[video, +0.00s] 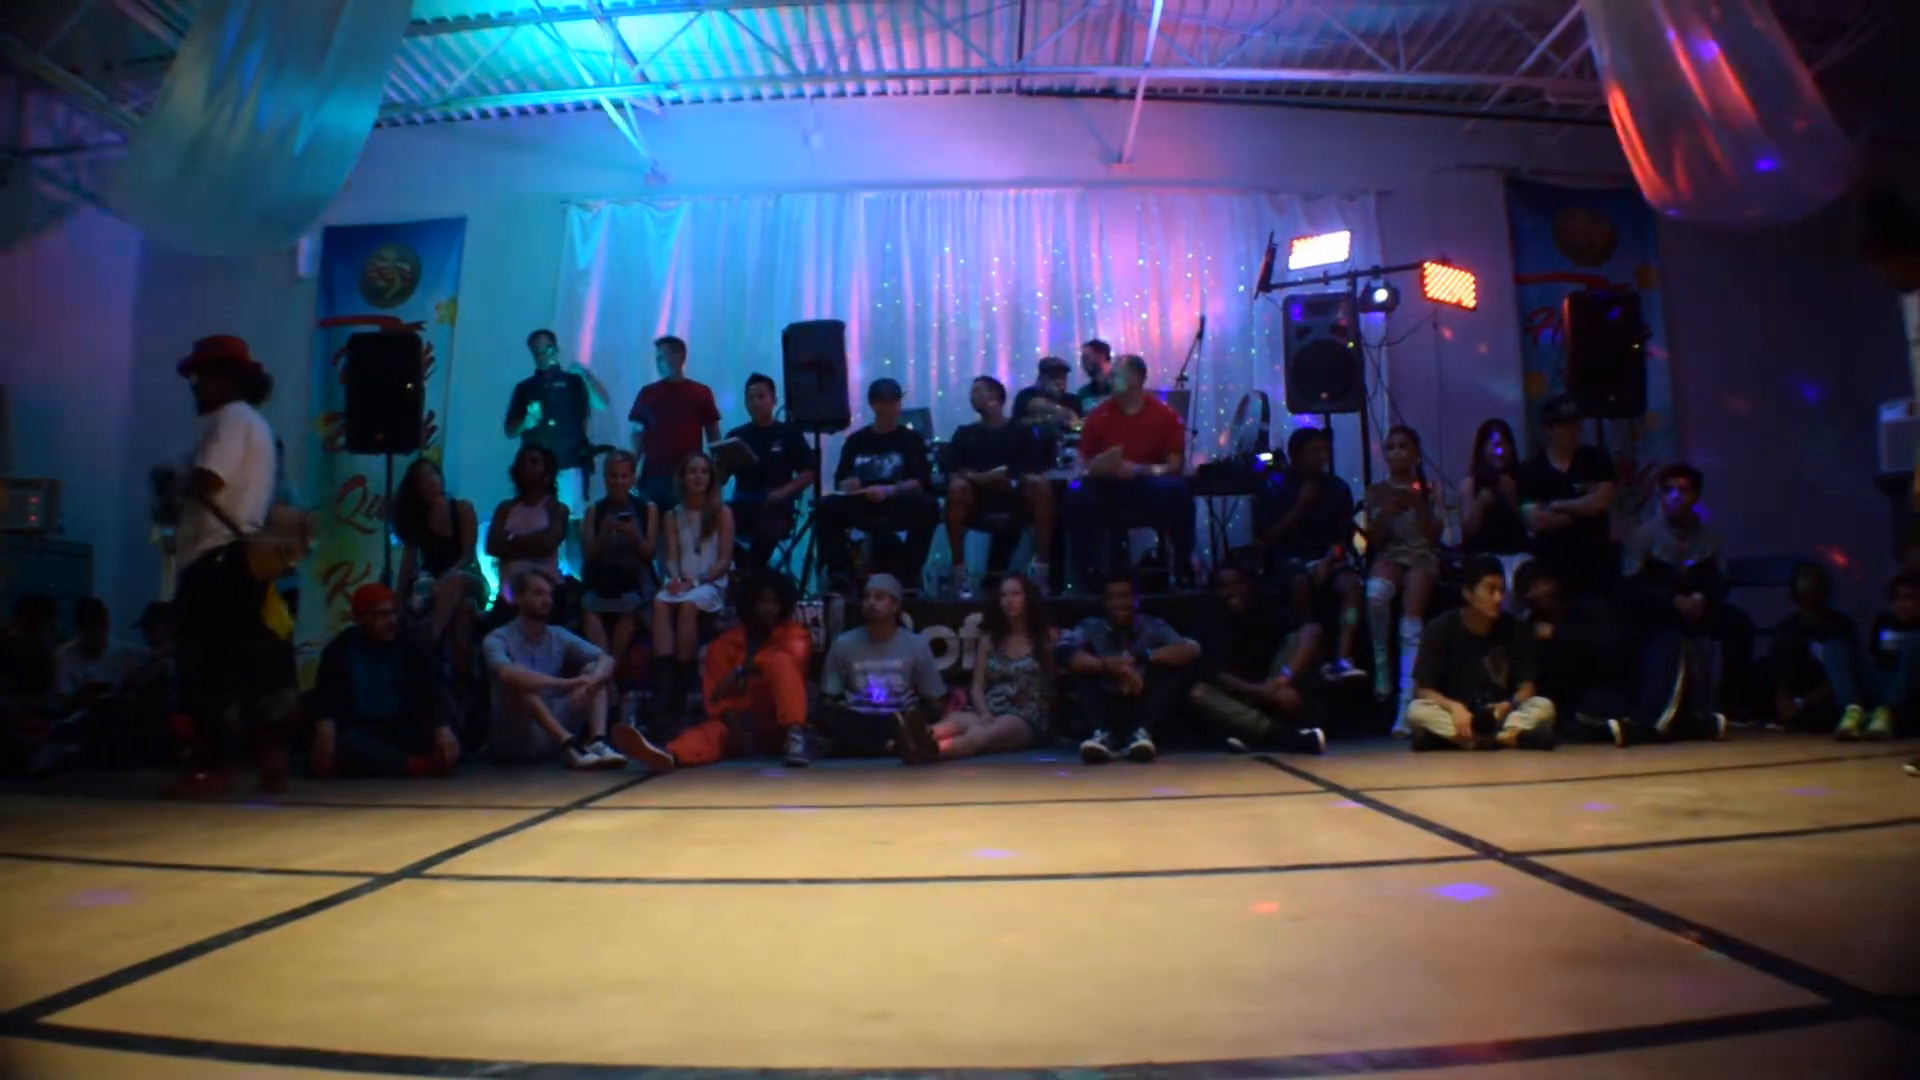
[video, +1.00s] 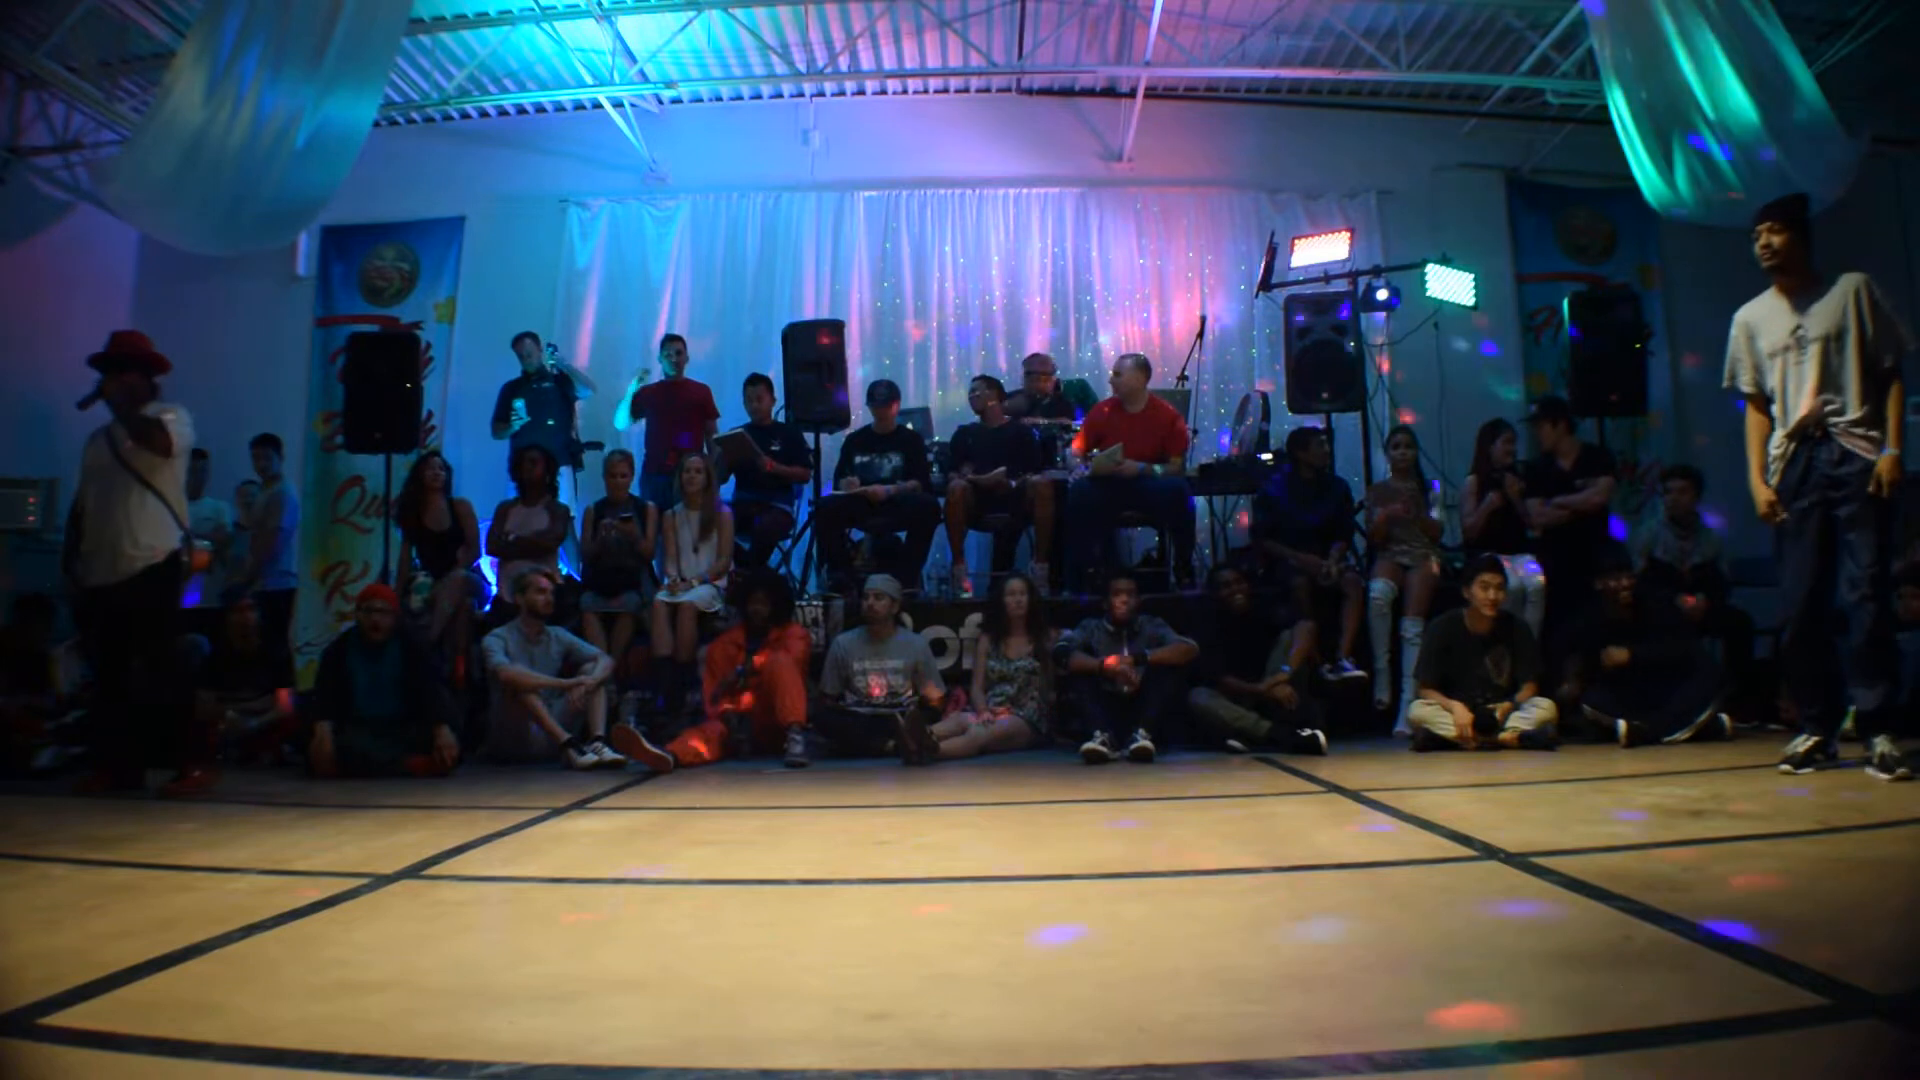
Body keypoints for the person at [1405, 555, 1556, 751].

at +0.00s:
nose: (1498, 598)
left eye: (1501, 591)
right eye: (1490, 590)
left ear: (1505, 593)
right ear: (1468, 594)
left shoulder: (1514, 628)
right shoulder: (1441, 629)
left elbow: (1527, 685)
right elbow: (1423, 689)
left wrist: (1508, 705)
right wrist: (1455, 708)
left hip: (1500, 705)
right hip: (1456, 705)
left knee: (1544, 707)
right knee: (1417, 711)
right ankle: (1505, 740)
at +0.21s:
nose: (1501, 598)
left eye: (1503, 590)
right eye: (1493, 590)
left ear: (1506, 593)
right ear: (1470, 594)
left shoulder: (1514, 629)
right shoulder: (1442, 629)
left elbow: (1529, 685)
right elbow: (1425, 689)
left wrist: (1509, 706)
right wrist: (1456, 708)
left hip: (1501, 705)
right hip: (1457, 706)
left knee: (1545, 707)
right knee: (1418, 711)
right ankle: (1506, 740)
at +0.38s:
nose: (1503, 598)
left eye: (1505, 590)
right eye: (1495, 590)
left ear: (1508, 592)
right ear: (1471, 594)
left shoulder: (1515, 629)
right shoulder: (1442, 629)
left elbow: (1529, 685)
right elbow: (1425, 689)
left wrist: (1510, 706)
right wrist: (1457, 708)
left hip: (1502, 706)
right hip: (1458, 707)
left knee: (1546, 707)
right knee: (1418, 711)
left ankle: (1461, 743)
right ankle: (1506, 740)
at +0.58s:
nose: (1504, 597)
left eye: (1505, 590)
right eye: (1496, 589)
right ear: (1472, 593)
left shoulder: (1516, 628)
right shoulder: (1442, 629)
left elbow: (1529, 685)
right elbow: (1424, 689)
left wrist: (1509, 706)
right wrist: (1456, 708)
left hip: (1502, 705)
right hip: (1458, 706)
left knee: (1545, 707)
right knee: (1418, 711)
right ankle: (1507, 740)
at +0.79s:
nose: (1501, 597)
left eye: (1504, 590)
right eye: (1492, 589)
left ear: (1508, 592)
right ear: (1469, 593)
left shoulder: (1515, 627)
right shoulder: (1443, 629)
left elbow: (1530, 684)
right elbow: (1425, 689)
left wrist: (1509, 706)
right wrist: (1456, 708)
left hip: (1502, 705)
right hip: (1458, 707)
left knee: (1546, 707)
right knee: (1417, 711)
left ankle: (1461, 742)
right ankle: (1508, 740)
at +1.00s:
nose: (1492, 596)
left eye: (1499, 589)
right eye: (1484, 588)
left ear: (1505, 593)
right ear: (1467, 592)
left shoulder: (1515, 627)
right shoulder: (1443, 628)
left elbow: (1530, 685)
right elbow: (1425, 689)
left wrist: (1510, 706)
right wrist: (1456, 707)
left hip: (1501, 705)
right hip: (1457, 705)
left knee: (1546, 707)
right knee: (1417, 710)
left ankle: (1461, 742)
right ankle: (1508, 740)